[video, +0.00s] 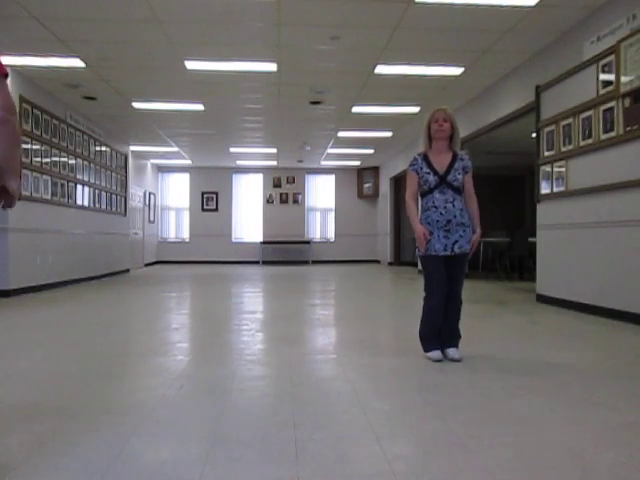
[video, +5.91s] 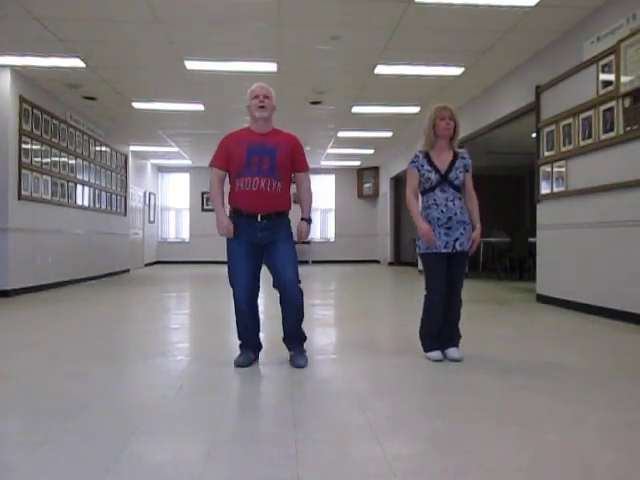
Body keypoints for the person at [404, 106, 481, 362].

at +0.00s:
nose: (441, 125)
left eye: (445, 121)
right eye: (436, 121)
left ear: (452, 127)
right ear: (429, 128)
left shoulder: (462, 160)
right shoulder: (419, 161)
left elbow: (470, 196)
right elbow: (410, 198)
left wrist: (477, 228)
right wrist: (417, 226)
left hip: (460, 232)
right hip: (432, 232)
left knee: (454, 292)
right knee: (435, 291)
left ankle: (451, 343)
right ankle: (432, 344)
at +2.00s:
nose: (438, 125)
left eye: (442, 121)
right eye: (433, 122)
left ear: (449, 126)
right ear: (426, 127)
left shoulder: (461, 159)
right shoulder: (418, 161)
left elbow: (470, 193)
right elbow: (410, 197)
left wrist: (479, 226)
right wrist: (418, 225)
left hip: (458, 231)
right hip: (431, 231)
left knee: (453, 290)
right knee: (435, 289)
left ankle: (451, 342)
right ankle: (431, 344)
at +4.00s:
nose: (447, 127)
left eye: (451, 123)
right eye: (442, 122)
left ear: (455, 127)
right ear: (433, 126)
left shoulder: (463, 157)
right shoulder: (419, 158)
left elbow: (472, 190)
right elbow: (409, 195)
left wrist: (479, 223)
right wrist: (416, 221)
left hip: (458, 231)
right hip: (430, 231)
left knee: (453, 290)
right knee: (433, 289)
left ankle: (451, 343)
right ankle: (431, 344)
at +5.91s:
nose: (446, 123)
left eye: (450, 120)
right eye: (442, 119)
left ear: (455, 126)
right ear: (432, 125)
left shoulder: (463, 159)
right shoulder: (420, 159)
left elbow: (470, 193)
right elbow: (411, 195)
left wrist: (477, 225)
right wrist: (421, 223)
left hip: (460, 229)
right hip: (433, 230)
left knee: (454, 289)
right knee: (436, 288)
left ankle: (451, 342)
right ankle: (432, 343)